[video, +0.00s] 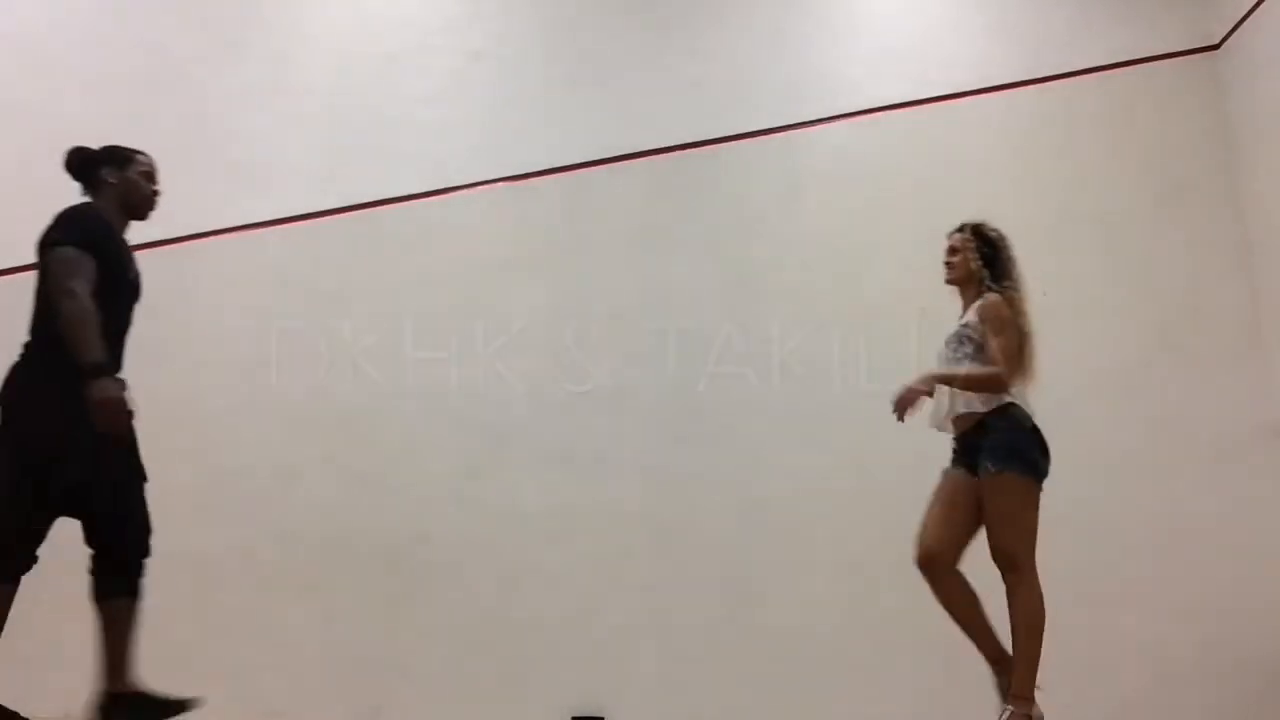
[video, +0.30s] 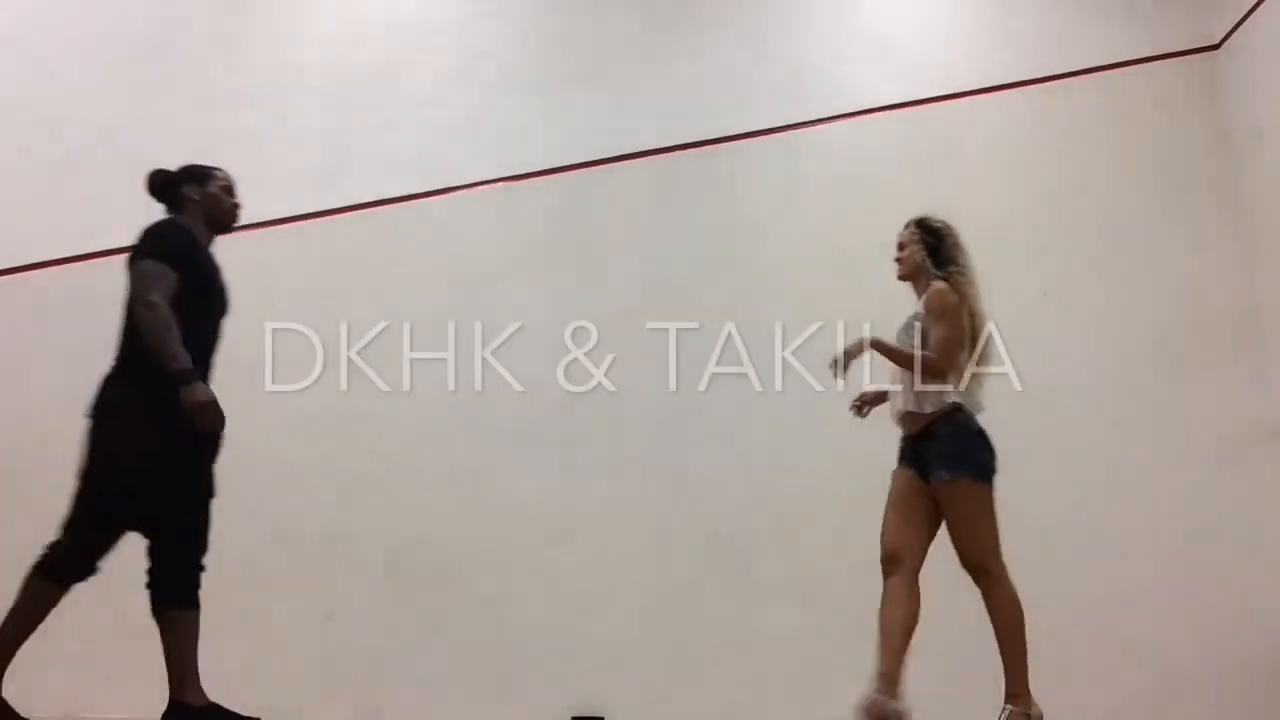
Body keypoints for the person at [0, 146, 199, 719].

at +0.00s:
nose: (156, 190)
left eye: (156, 181)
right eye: (147, 177)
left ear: (117, 181)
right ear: (111, 176)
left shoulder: (107, 240)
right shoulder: (80, 224)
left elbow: (82, 318)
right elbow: (69, 296)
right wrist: (100, 377)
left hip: (86, 409)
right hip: (51, 407)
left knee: (123, 539)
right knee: (13, 547)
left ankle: (119, 686)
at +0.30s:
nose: (237, 202)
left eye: (236, 193)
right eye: (227, 191)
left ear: (199, 196)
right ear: (194, 193)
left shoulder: (196, 254)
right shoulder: (169, 235)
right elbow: (149, 306)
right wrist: (190, 382)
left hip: (175, 421)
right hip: (140, 418)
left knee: (180, 560)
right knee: (80, 547)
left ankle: (187, 696)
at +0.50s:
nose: (285, 202)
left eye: (283, 194)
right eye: (276, 192)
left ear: (249, 201)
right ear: (244, 197)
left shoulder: (248, 258)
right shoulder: (217, 242)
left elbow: (238, 345)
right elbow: (192, 311)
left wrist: (248, 414)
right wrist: (197, 393)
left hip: (232, 421)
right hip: (197, 415)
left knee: (209, 552)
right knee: (183, 541)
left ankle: (189, 697)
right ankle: (52, 653)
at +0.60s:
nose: (306, 208)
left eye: (306, 200)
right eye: (297, 197)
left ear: (271, 202)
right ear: (263, 199)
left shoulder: (270, 259)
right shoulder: (237, 243)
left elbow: (253, 342)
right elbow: (204, 314)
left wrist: (266, 410)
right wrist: (205, 396)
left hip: (253, 418)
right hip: (224, 414)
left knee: (224, 554)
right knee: (213, 548)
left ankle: (190, 697)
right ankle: (117, 676)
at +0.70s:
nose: (324, 210)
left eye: (324, 202)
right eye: (314, 200)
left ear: (289, 205)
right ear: (280, 202)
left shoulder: (289, 265)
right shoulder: (253, 245)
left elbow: (273, 344)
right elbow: (218, 316)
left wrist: (283, 410)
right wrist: (214, 397)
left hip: (268, 420)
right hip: (245, 417)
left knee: (243, 547)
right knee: (238, 546)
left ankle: (198, 690)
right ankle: (193, 692)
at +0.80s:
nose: (342, 215)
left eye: (342, 207)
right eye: (333, 204)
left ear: (307, 209)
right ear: (298, 205)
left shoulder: (306, 269)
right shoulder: (270, 248)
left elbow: (292, 354)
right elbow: (234, 320)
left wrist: (302, 423)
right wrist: (228, 402)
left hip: (286, 429)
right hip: (264, 426)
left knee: (238, 555)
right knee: (276, 555)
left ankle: (191, 694)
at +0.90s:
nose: (361, 216)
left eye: (361, 208)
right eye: (351, 206)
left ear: (328, 209)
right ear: (317, 206)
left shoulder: (326, 271)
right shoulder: (290, 251)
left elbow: (312, 357)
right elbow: (252, 324)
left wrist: (314, 427)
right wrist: (247, 404)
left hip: (298, 426)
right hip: (288, 426)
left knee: (246, 556)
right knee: (313, 552)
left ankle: (192, 694)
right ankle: (341, 694)